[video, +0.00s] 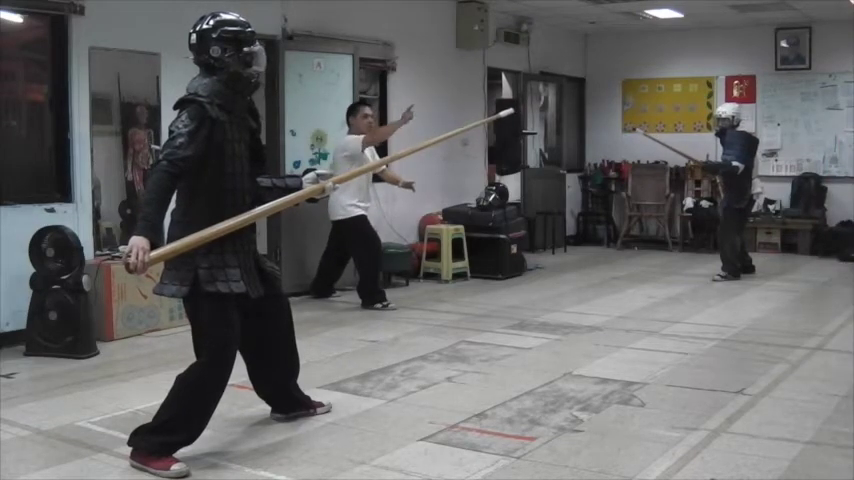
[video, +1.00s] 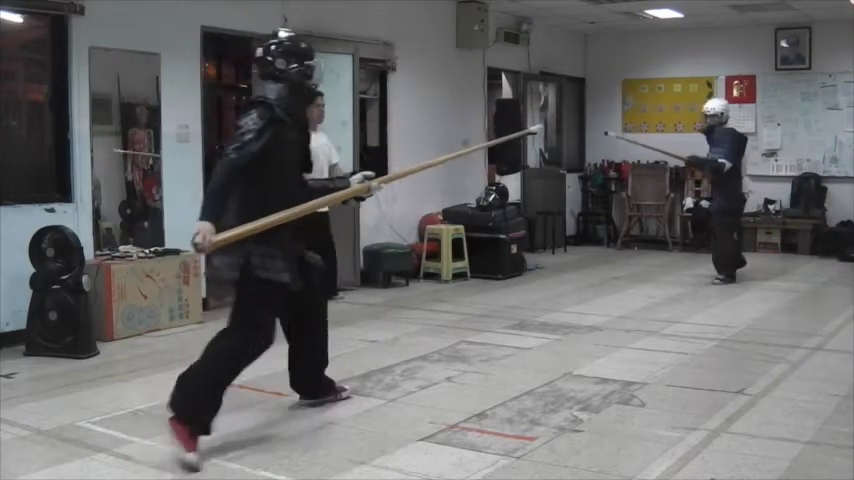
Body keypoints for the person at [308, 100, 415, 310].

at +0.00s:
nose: (371, 120)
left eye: (372, 117)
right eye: (365, 117)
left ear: (372, 120)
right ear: (351, 120)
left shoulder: (368, 149)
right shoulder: (345, 143)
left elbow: (382, 171)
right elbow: (375, 138)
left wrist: (400, 182)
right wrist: (400, 123)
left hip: (355, 207)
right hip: (345, 208)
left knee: (337, 251)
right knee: (370, 246)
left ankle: (321, 288)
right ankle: (371, 298)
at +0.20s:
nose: (372, 120)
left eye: (372, 117)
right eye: (366, 117)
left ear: (373, 120)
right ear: (352, 121)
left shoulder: (367, 149)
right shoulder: (348, 141)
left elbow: (382, 172)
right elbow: (376, 142)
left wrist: (399, 184)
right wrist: (401, 130)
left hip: (355, 207)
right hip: (345, 208)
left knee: (338, 252)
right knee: (371, 245)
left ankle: (320, 289)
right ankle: (372, 298)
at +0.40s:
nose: (369, 118)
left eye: (369, 115)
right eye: (363, 115)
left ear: (367, 119)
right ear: (349, 119)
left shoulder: (361, 147)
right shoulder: (348, 140)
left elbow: (377, 173)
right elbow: (372, 145)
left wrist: (397, 187)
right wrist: (397, 132)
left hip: (351, 208)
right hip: (345, 208)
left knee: (356, 247)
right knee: (372, 244)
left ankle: (327, 282)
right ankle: (372, 297)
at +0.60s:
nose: (353, 116)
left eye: (354, 112)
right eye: (348, 112)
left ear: (354, 117)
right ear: (335, 118)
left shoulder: (350, 145)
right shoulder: (331, 144)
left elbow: (359, 179)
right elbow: (327, 179)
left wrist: (373, 204)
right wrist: (337, 210)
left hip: (351, 210)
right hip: (336, 211)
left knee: (350, 254)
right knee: (356, 254)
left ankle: (326, 289)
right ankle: (371, 297)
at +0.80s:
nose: (340, 111)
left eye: (341, 107)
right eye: (335, 107)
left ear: (340, 111)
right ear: (322, 112)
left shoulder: (342, 139)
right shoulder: (313, 137)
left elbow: (344, 169)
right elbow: (300, 169)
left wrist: (348, 190)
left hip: (337, 202)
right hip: (316, 203)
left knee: (335, 247)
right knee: (328, 247)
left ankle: (321, 289)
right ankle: (337, 293)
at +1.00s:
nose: (322, 112)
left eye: (323, 107)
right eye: (317, 107)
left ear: (322, 110)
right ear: (304, 110)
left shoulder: (322, 139)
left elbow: (335, 171)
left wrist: (355, 180)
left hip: (320, 208)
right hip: (298, 209)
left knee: (325, 250)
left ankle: (328, 289)